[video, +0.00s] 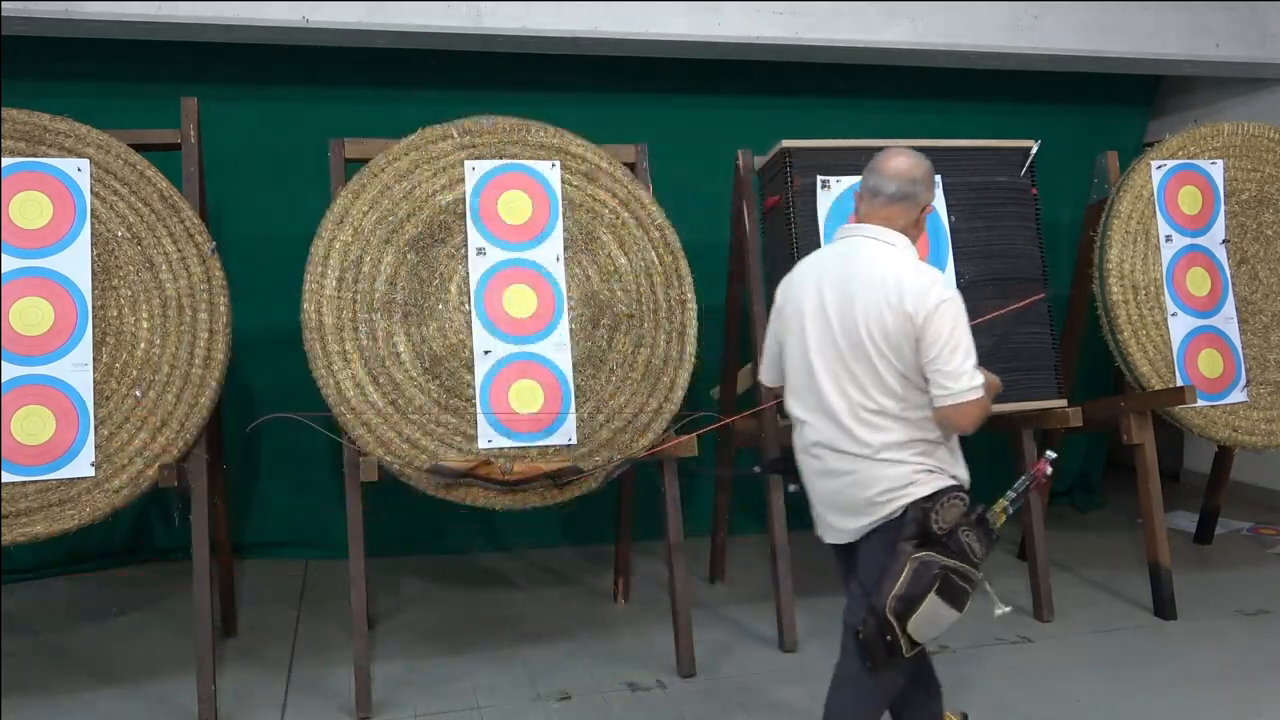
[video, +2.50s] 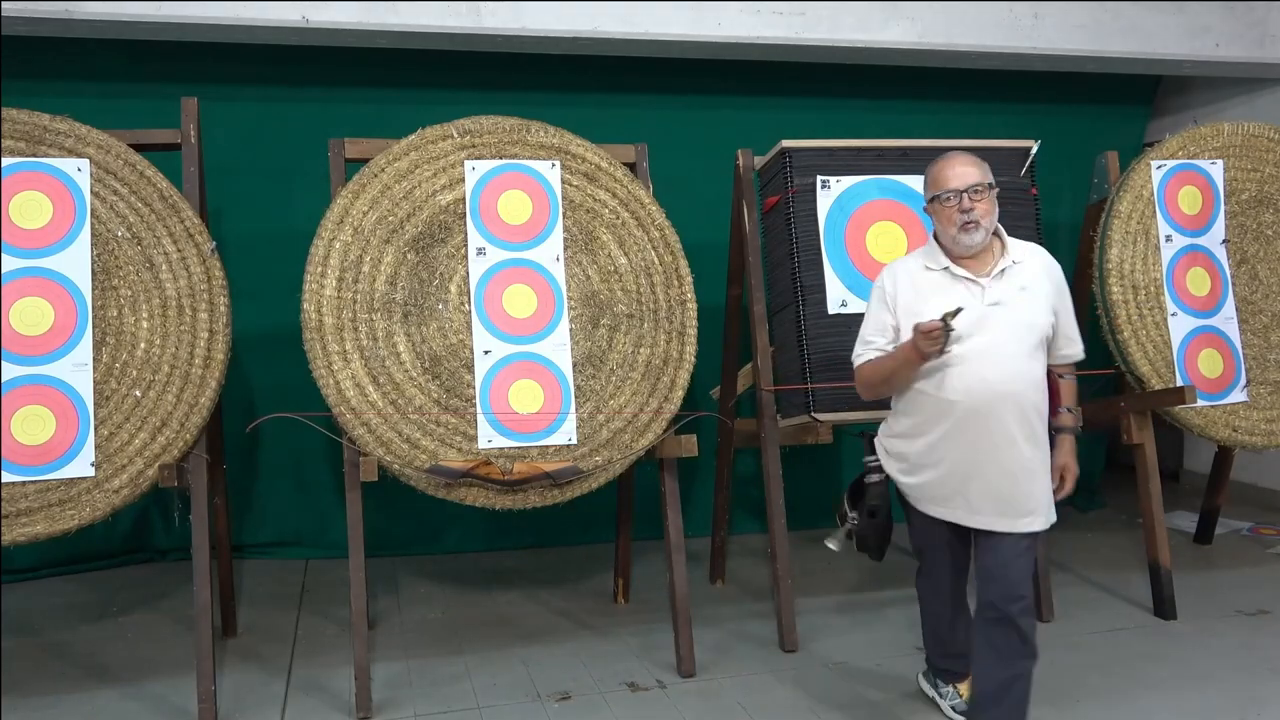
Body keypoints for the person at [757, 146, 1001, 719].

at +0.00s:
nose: (927, 219)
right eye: (927, 209)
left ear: (857, 200)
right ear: (922, 213)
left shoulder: (797, 280)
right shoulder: (926, 289)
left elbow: (774, 384)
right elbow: (960, 416)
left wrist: (843, 378)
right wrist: (986, 388)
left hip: (830, 495)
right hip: (909, 494)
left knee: (892, 633)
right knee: (870, 642)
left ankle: (925, 714)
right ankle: (846, 715)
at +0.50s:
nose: (1003, 219)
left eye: (1004, 210)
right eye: (1005, 210)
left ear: (943, 195)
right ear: (995, 208)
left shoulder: (900, 255)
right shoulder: (985, 264)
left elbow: (889, 342)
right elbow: (995, 371)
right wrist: (1038, 376)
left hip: (899, 453)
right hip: (972, 454)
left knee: (911, 583)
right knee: (989, 575)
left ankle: (925, 709)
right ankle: (999, 694)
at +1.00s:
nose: (1020, 229)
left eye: (1022, 219)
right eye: (1021, 219)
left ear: (967, 207)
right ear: (1007, 213)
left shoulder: (937, 251)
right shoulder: (977, 253)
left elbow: (940, 343)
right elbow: (970, 336)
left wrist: (1022, 367)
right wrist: (1029, 362)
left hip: (929, 429)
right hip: (971, 433)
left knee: (932, 540)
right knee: (990, 557)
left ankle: (922, 646)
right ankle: (987, 688)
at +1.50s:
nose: (1019, 224)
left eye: (1020, 215)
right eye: (1019, 213)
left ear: (976, 203)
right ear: (1000, 210)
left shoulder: (954, 246)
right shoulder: (963, 252)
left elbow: (935, 336)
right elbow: (926, 333)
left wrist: (996, 362)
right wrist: (991, 361)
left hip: (938, 433)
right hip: (943, 440)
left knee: (936, 548)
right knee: (955, 558)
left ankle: (921, 645)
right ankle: (944, 675)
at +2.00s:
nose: (1006, 201)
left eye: (1006, 191)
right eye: (993, 194)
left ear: (973, 204)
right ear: (956, 205)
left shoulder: (972, 252)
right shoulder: (941, 265)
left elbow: (947, 344)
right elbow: (901, 363)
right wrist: (987, 378)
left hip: (1003, 442)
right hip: (969, 452)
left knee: (1017, 541)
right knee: (968, 563)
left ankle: (949, 628)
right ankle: (942, 675)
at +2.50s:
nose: (965, 207)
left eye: (976, 193)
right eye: (948, 199)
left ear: (995, 199)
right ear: (930, 211)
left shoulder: (1040, 269)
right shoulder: (900, 279)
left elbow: (1061, 365)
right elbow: (867, 384)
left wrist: (1065, 439)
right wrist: (911, 354)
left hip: (1016, 476)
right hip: (930, 474)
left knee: (1007, 611)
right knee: (941, 584)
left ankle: (999, 713)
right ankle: (948, 671)